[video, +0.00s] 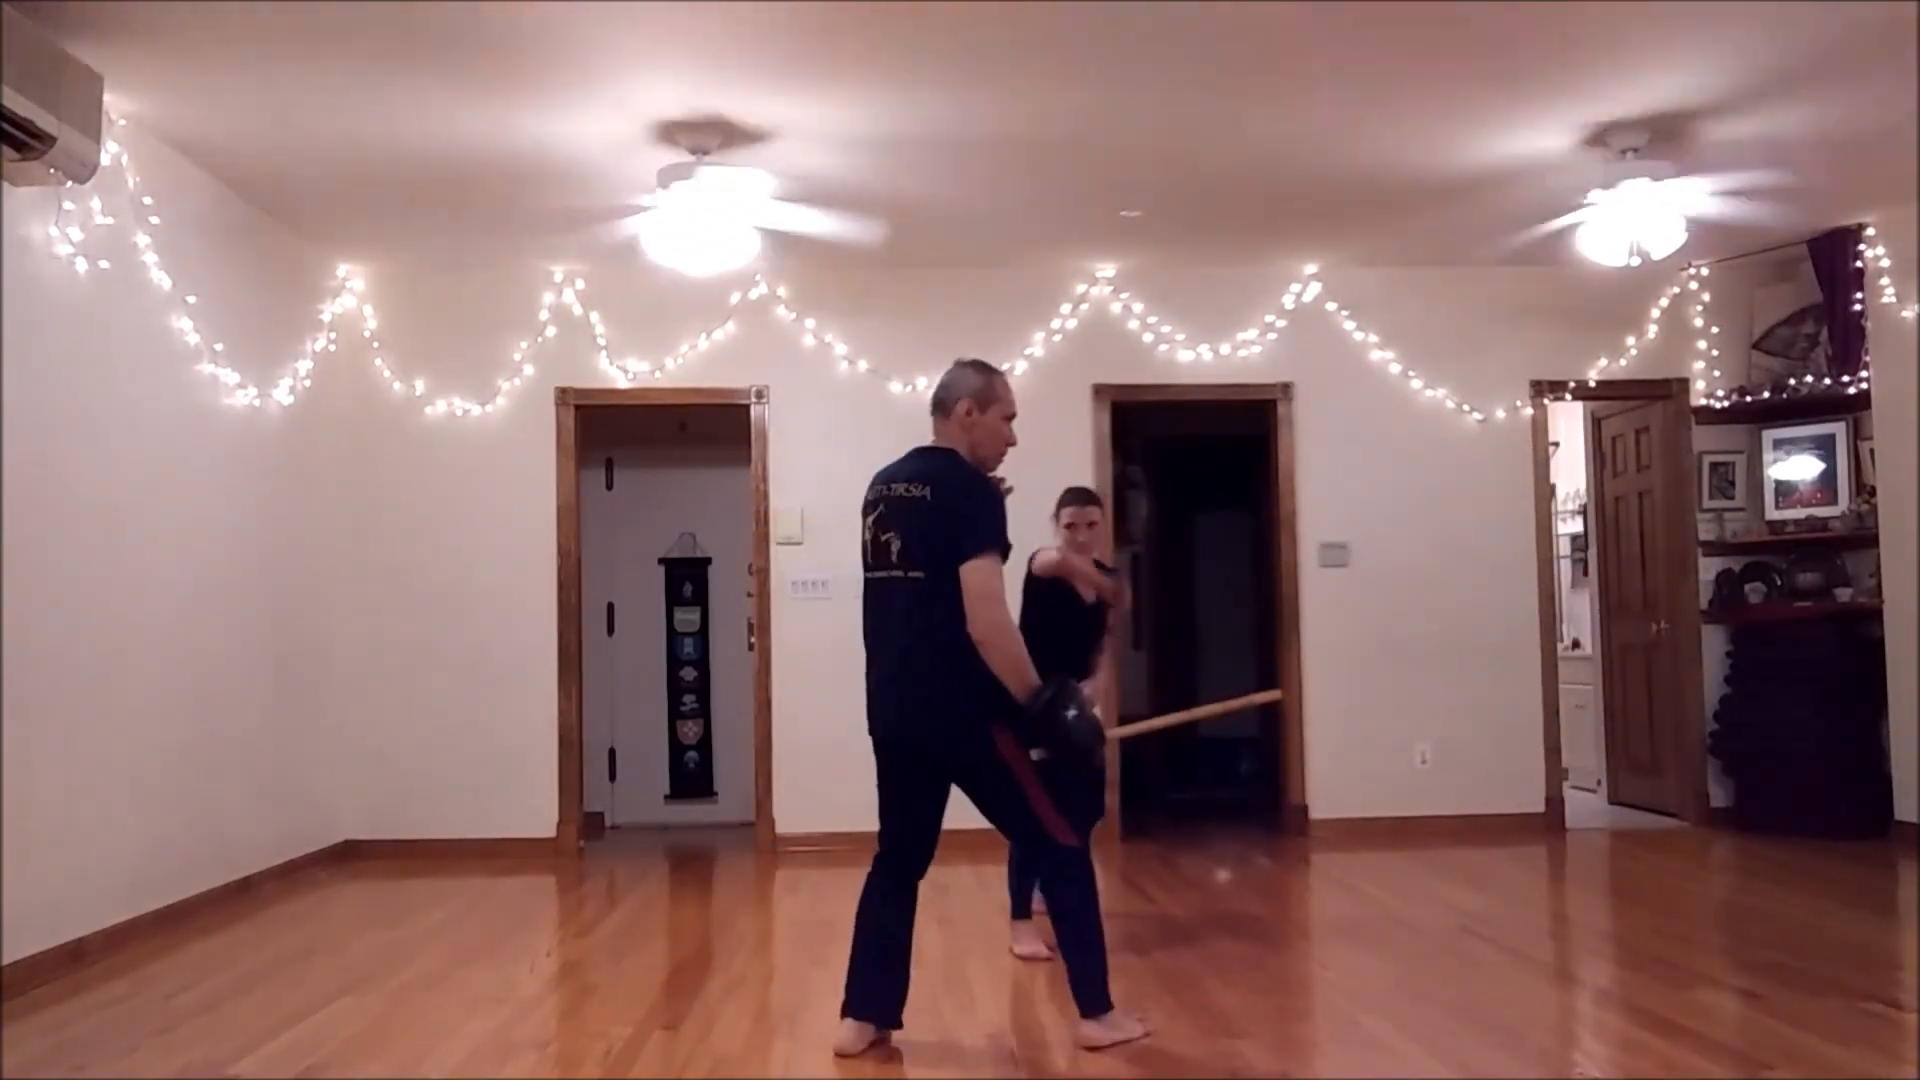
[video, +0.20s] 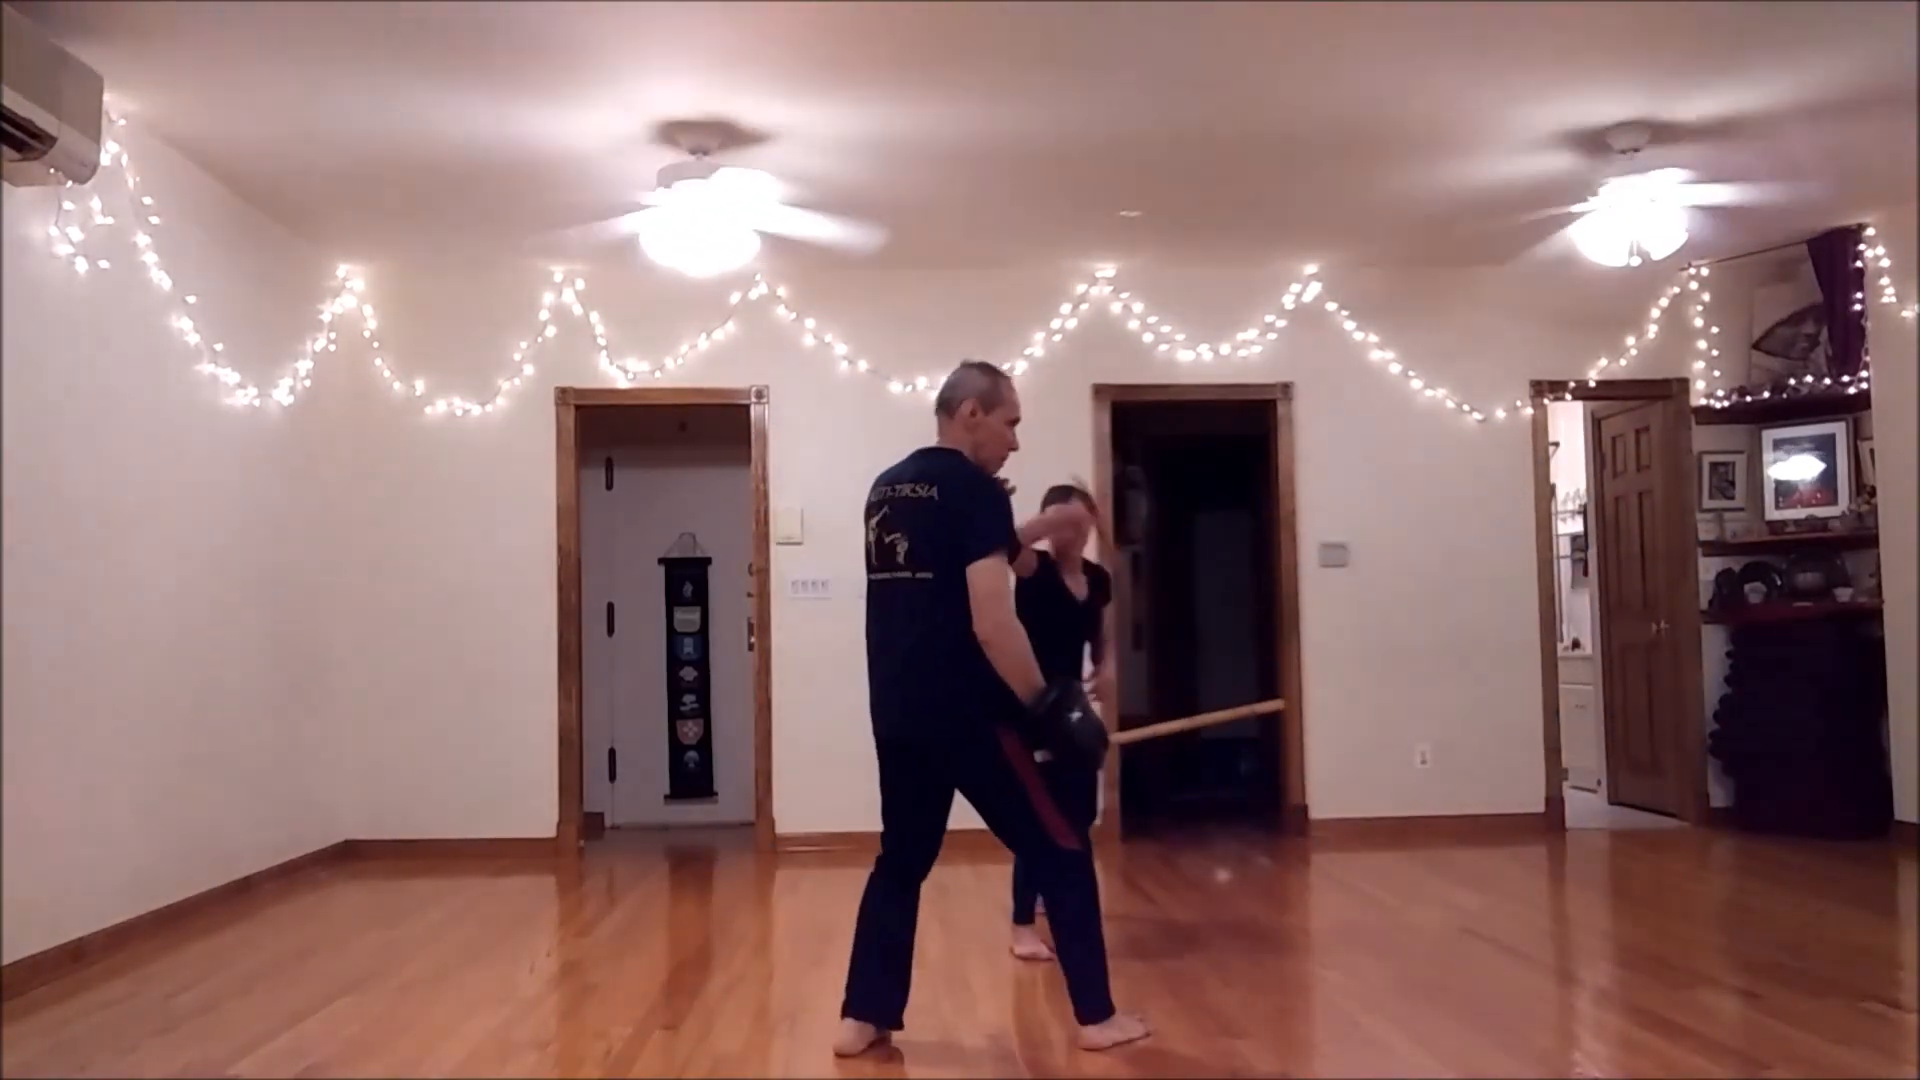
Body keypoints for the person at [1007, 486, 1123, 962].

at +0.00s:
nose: (1082, 534)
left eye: (1091, 526)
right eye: (1072, 526)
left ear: (1104, 527)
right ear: (1056, 528)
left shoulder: (1108, 580)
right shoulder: (1042, 562)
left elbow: (1104, 649)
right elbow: (1051, 561)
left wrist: (1093, 698)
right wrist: (1088, 576)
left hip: (1079, 703)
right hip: (1033, 701)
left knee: (1088, 803)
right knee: (1031, 809)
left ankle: (1058, 892)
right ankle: (1020, 918)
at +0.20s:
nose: (1075, 535)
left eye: (1081, 525)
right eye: (1066, 526)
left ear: (1092, 527)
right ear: (1049, 528)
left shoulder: (1097, 579)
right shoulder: (1031, 569)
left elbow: (1102, 640)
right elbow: (1002, 545)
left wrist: (1105, 671)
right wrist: (1039, 526)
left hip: (1075, 703)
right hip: (1028, 701)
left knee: (1080, 814)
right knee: (1038, 815)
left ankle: (1068, 919)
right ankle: (1023, 923)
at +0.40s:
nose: (1063, 532)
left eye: (1071, 522)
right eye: (1052, 524)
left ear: (1083, 525)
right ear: (1036, 529)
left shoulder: (1088, 576)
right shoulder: (1026, 575)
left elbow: (1089, 634)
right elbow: (1009, 633)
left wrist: (1103, 658)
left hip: (1070, 699)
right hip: (1027, 701)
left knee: (1072, 814)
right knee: (1040, 817)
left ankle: (1061, 914)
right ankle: (1023, 923)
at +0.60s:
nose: (1066, 533)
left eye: (1073, 523)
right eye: (1053, 525)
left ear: (1082, 526)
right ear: (1034, 532)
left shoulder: (1083, 572)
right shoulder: (1029, 582)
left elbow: (1083, 629)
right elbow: (1030, 646)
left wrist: (1096, 656)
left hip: (1067, 694)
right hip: (1027, 700)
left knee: (1054, 810)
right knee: (1048, 813)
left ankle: (1043, 915)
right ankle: (1023, 925)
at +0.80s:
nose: (1067, 533)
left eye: (1072, 523)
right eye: (1055, 526)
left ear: (1081, 525)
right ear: (1036, 533)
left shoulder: (1081, 571)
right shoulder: (1033, 582)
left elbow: (1086, 631)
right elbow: (1052, 641)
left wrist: (1096, 659)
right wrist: (1074, 669)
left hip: (1071, 692)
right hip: (1031, 697)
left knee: (1061, 808)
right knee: (1037, 815)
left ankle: (1057, 915)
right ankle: (1022, 925)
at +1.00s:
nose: (1066, 530)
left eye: (1071, 520)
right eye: (1054, 523)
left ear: (1079, 522)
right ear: (1034, 529)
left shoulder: (1082, 568)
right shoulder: (1025, 574)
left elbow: (1087, 632)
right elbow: (1025, 635)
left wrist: (1093, 672)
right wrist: (1062, 675)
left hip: (1067, 689)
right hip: (1024, 694)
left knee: (1066, 805)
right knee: (1032, 814)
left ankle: (1052, 909)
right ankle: (1022, 924)